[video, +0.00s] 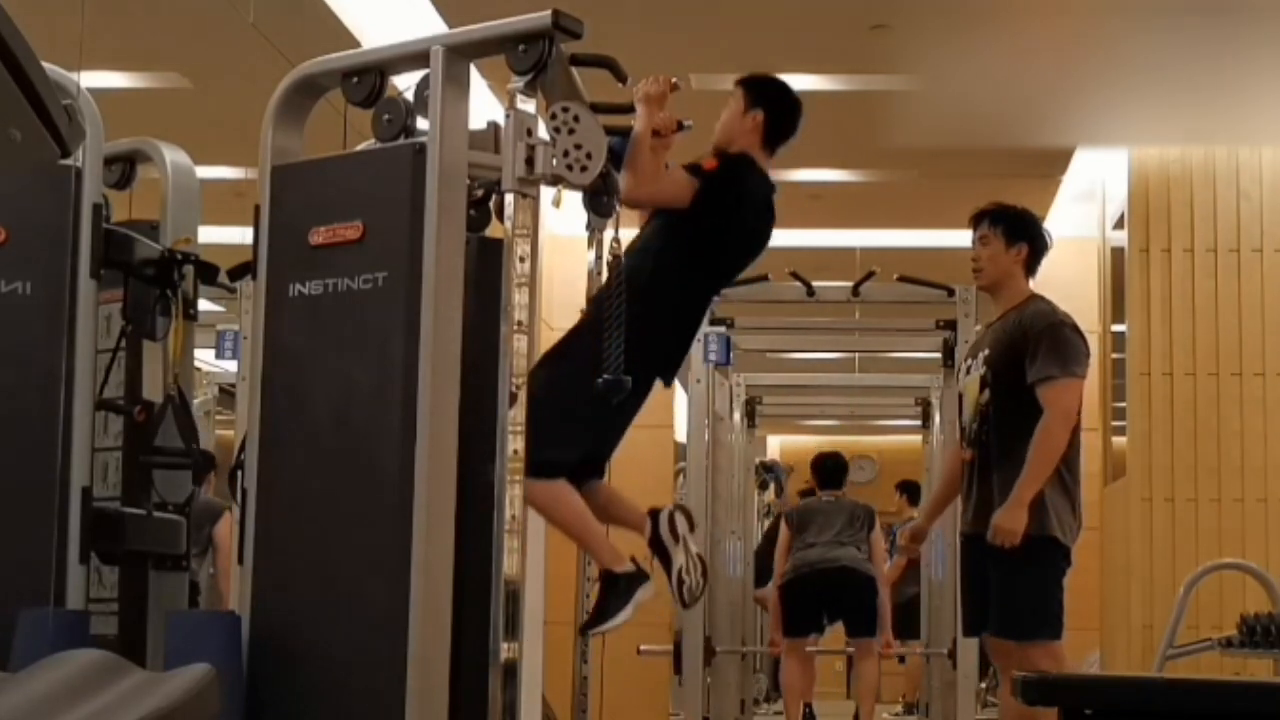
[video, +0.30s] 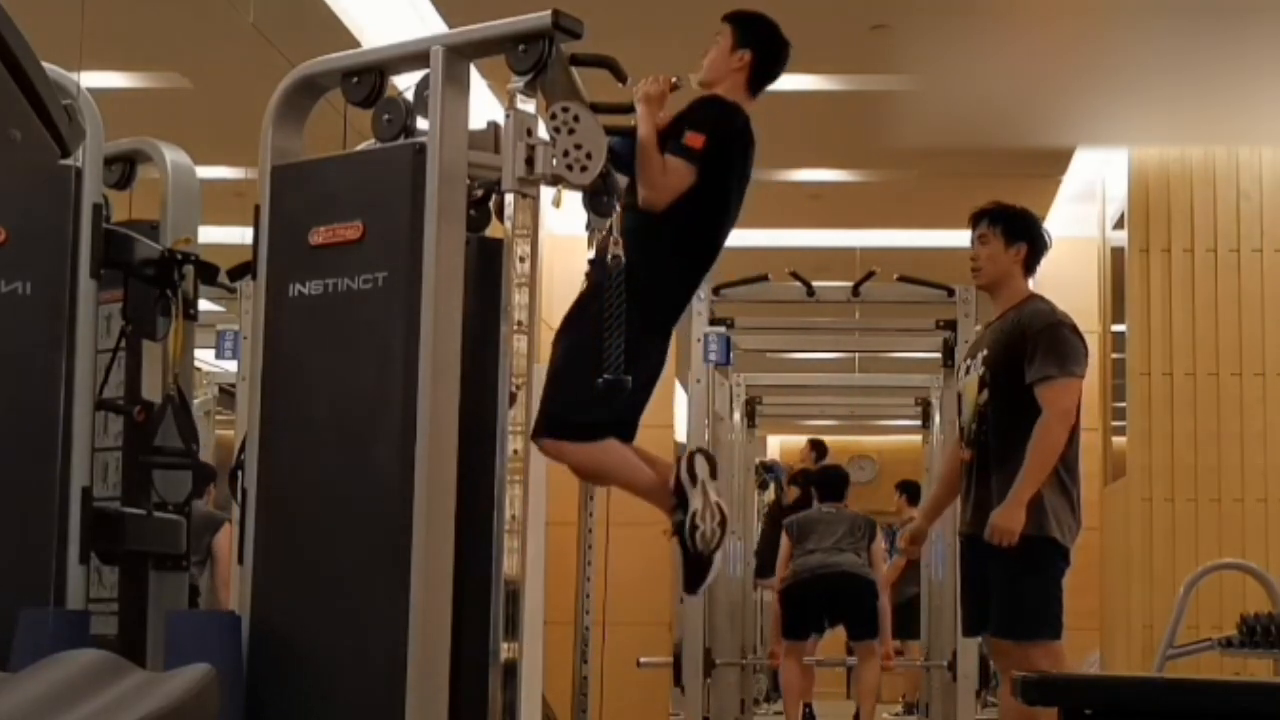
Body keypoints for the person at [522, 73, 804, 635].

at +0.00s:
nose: (719, 117)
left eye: (729, 106)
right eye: (726, 105)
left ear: (753, 119)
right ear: (767, 128)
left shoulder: (733, 180)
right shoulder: (754, 197)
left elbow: (640, 187)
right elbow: (649, 208)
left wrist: (645, 119)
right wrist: (658, 145)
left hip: (620, 332)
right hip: (643, 345)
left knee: (535, 472)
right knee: (581, 481)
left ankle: (617, 572)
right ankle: (655, 528)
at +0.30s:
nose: (704, 56)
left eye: (715, 45)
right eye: (711, 44)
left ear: (739, 59)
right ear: (752, 67)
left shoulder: (715, 116)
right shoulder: (725, 123)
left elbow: (655, 191)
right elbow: (656, 193)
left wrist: (648, 117)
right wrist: (654, 127)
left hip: (634, 289)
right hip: (645, 294)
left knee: (559, 435)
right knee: (589, 438)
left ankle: (676, 496)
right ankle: (682, 488)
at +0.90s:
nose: (715, 198)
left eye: (727, 192)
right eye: (724, 190)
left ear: (747, 216)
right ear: (749, 221)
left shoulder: (710, 266)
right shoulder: (716, 274)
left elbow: (640, 205)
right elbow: (650, 217)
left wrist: (646, 130)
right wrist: (657, 141)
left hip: (632, 444)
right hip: (653, 447)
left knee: (600, 614)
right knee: (640, 600)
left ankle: (735, 639)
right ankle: (740, 628)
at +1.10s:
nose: (692, 242)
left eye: (706, 240)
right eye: (704, 235)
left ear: (724, 265)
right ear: (726, 268)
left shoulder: (692, 308)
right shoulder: (687, 306)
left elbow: (646, 204)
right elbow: (644, 211)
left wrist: (645, 123)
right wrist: (656, 133)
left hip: (617, 505)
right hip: (634, 504)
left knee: (595, 668)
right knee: (642, 650)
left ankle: (727, 684)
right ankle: (738, 675)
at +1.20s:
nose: (688, 248)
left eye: (702, 247)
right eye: (700, 244)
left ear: (715, 272)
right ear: (720, 278)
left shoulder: (675, 310)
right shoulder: (677, 312)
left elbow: (641, 204)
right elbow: (645, 211)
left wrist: (643, 124)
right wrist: (656, 136)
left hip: (608, 516)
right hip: (632, 513)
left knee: (591, 675)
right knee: (645, 655)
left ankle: (721, 696)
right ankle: (734, 684)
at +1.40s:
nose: (708, 236)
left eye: (721, 236)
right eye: (719, 232)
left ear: (734, 265)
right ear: (732, 267)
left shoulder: (693, 302)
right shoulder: (690, 298)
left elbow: (640, 209)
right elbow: (644, 214)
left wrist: (643, 127)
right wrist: (655, 139)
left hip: (600, 490)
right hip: (620, 486)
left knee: (571, 651)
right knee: (625, 623)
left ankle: (710, 676)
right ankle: (716, 660)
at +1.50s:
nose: (722, 219)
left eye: (734, 219)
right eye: (732, 215)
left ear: (747, 248)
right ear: (751, 253)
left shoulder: (707, 286)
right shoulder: (707, 288)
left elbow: (642, 208)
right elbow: (646, 214)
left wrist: (644, 125)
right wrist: (656, 137)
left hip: (603, 455)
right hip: (621, 456)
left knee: (558, 621)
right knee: (607, 602)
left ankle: (699, 654)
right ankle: (702, 630)